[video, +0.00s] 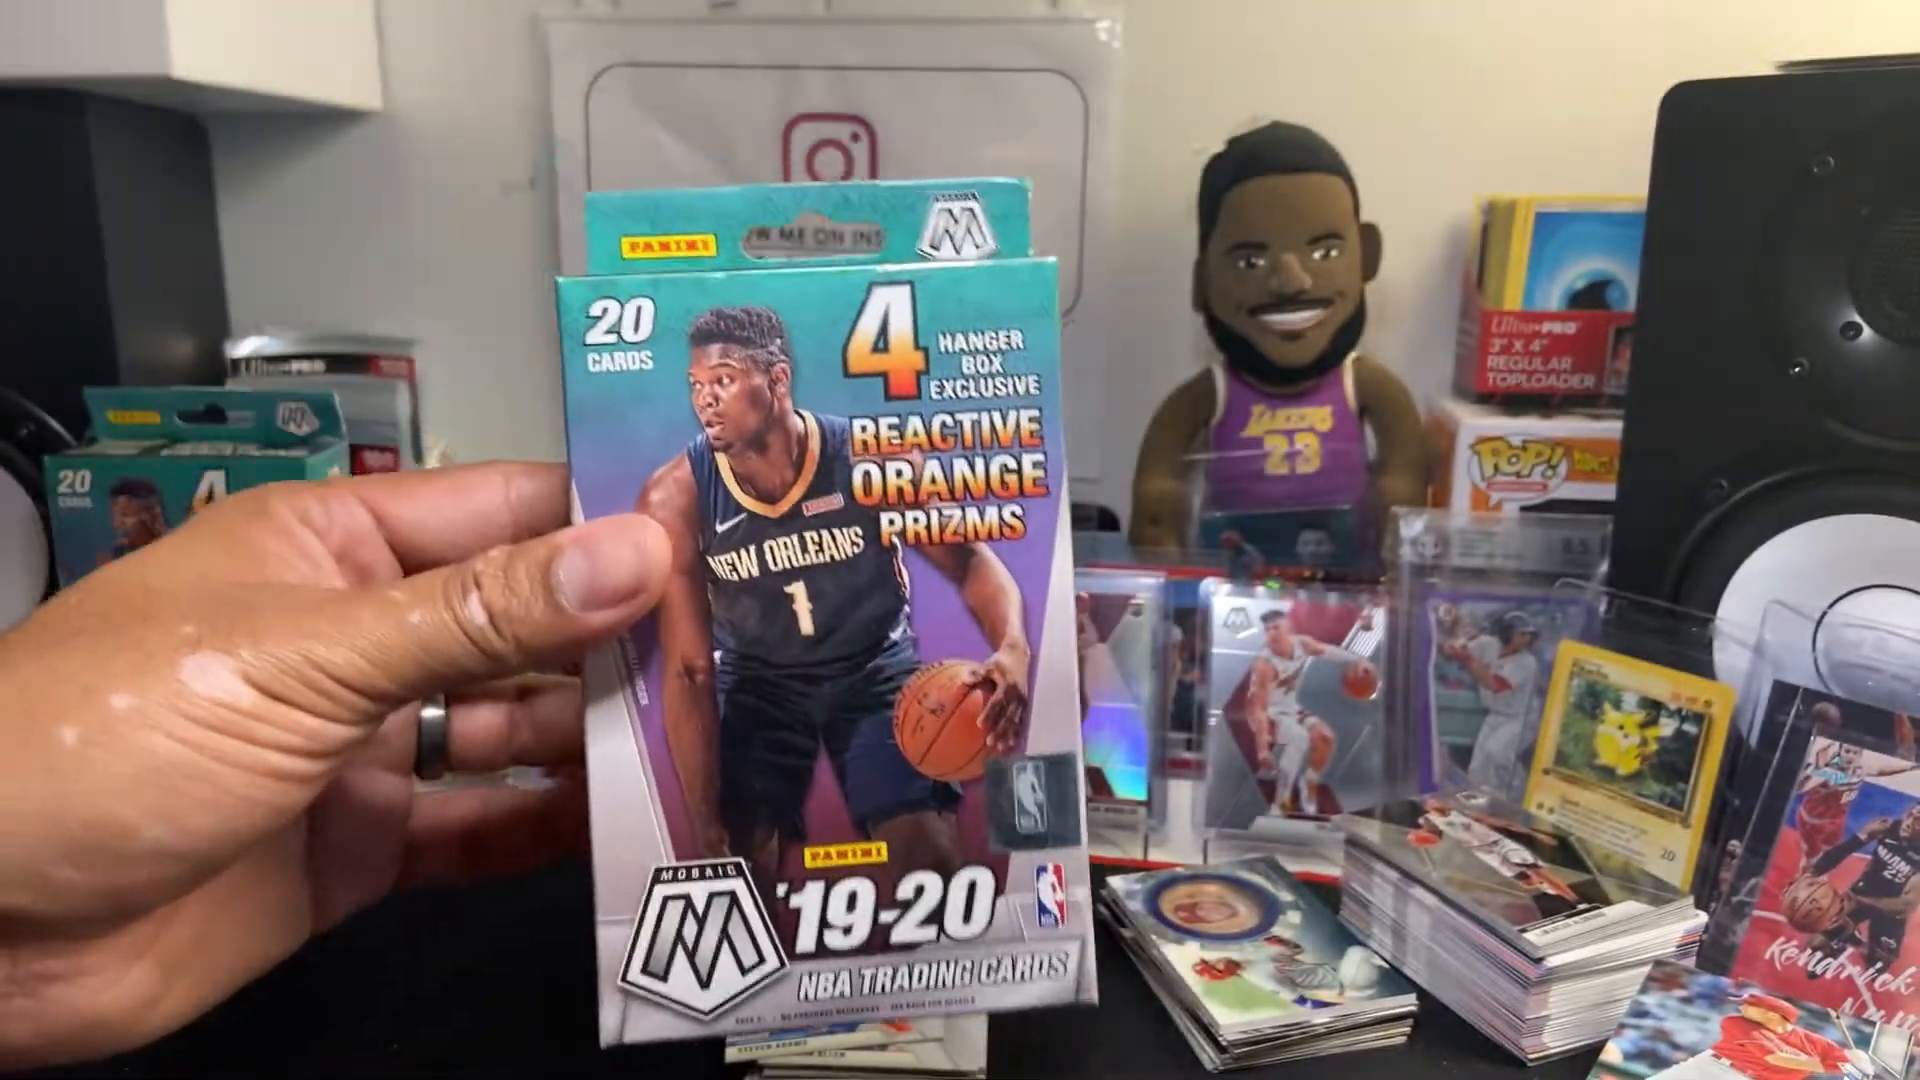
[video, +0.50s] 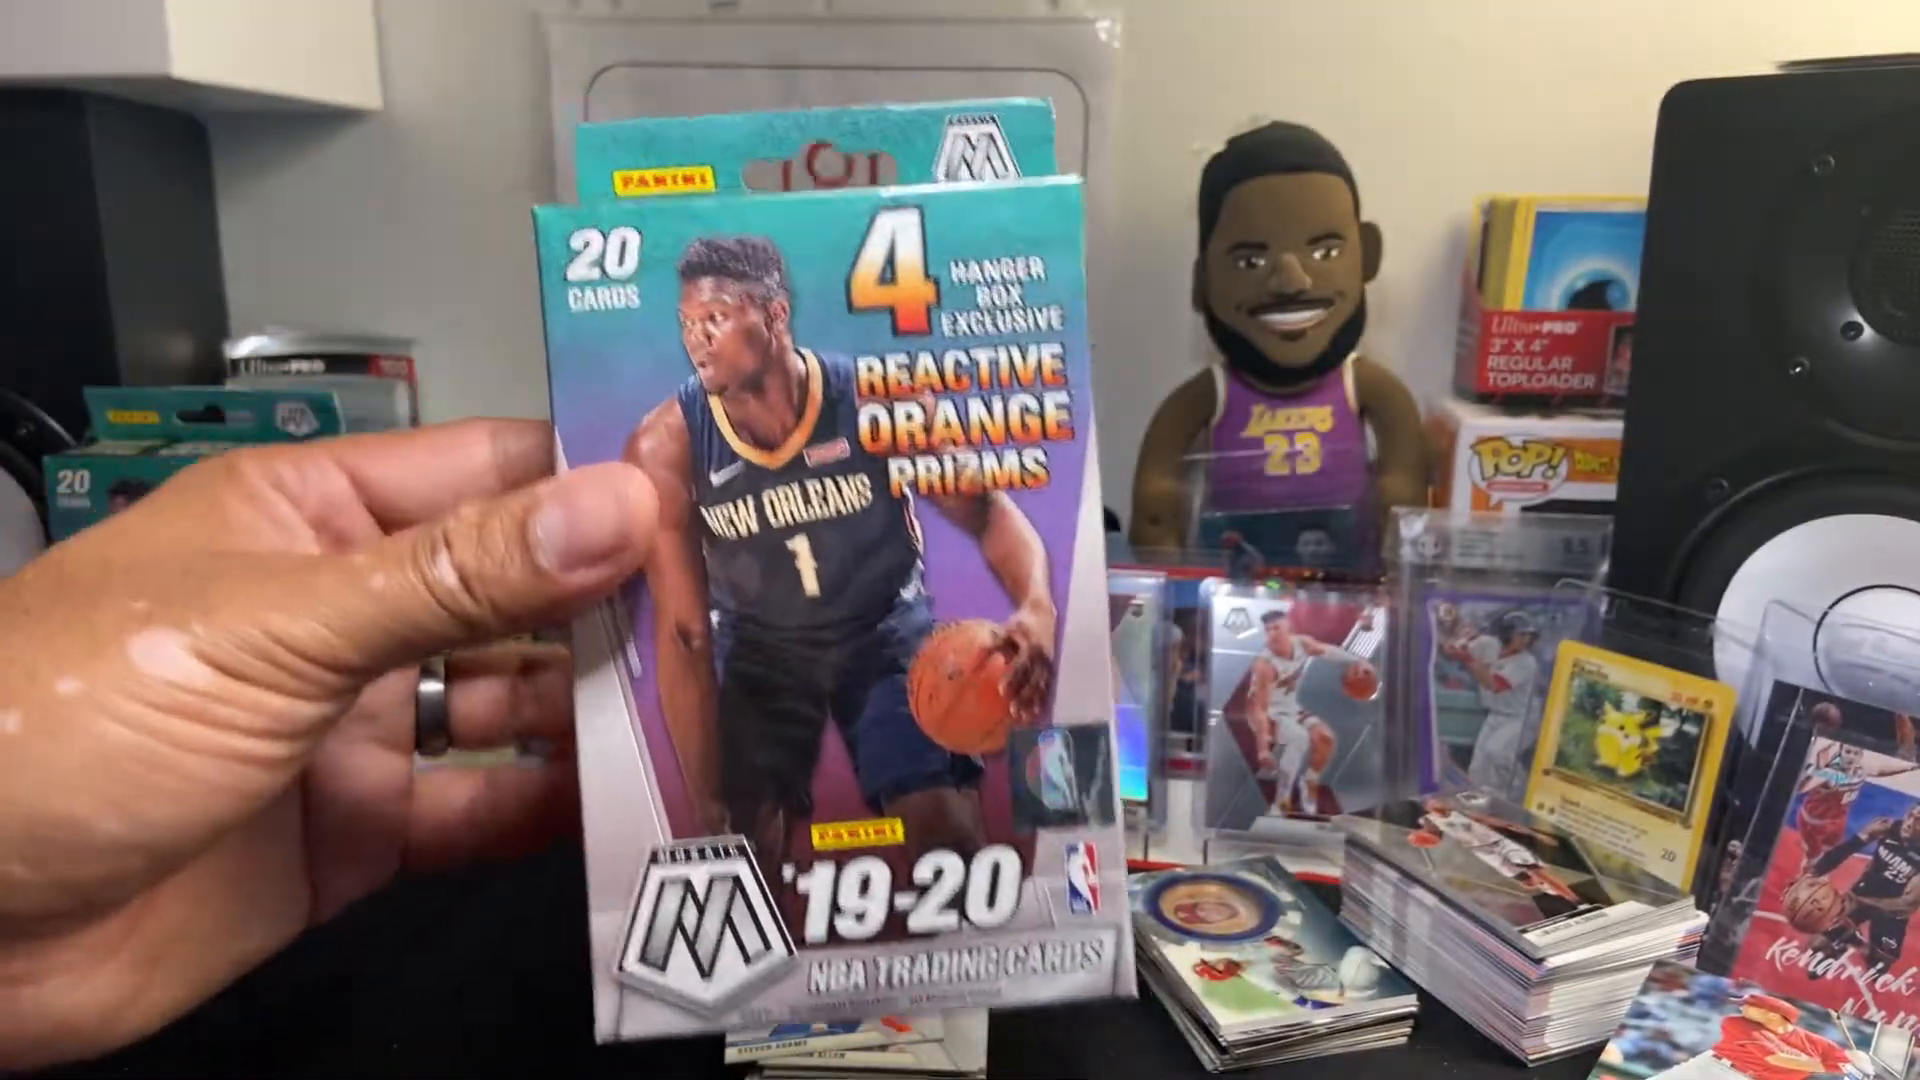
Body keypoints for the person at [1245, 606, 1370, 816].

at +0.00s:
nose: (1273, 634)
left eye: (1277, 628)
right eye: (1269, 629)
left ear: (1287, 628)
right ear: (1265, 633)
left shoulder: (1302, 644)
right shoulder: (1263, 665)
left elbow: (1329, 652)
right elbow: (1257, 709)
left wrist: (1358, 661)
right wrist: (1263, 749)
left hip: (1294, 709)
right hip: (1270, 712)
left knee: (1325, 738)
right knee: (1299, 737)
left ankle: (1309, 786)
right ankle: (1282, 800)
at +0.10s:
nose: (1273, 634)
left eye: (1278, 628)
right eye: (1269, 629)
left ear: (1288, 628)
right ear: (1265, 633)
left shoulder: (1302, 644)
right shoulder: (1263, 665)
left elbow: (1329, 652)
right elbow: (1257, 709)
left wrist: (1358, 661)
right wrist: (1263, 749)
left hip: (1294, 709)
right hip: (1270, 712)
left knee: (1325, 738)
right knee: (1299, 737)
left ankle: (1309, 786)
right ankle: (1282, 800)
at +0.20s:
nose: (1273, 634)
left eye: (1277, 628)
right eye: (1269, 630)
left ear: (1288, 628)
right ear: (1265, 633)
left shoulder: (1302, 644)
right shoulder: (1264, 664)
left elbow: (1329, 652)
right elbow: (1257, 709)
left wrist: (1359, 661)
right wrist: (1263, 749)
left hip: (1294, 709)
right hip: (1270, 712)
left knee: (1325, 738)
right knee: (1299, 737)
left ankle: (1309, 787)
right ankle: (1282, 800)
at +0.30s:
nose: (1274, 634)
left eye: (1277, 628)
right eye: (1269, 630)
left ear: (1287, 628)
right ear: (1265, 634)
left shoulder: (1302, 644)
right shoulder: (1263, 665)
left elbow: (1329, 652)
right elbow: (1256, 709)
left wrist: (1358, 661)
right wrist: (1263, 749)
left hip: (1294, 710)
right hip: (1271, 712)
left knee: (1325, 738)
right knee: (1299, 737)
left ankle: (1309, 786)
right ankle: (1282, 800)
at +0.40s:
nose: (1274, 635)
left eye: (1278, 628)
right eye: (1269, 630)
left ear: (1287, 628)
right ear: (1265, 634)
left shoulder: (1301, 644)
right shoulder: (1264, 665)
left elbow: (1329, 652)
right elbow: (1256, 709)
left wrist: (1358, 662)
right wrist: (1263, 749)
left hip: (1294, 710)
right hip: (1270, 713)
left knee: (1325, 738)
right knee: (1298, 738)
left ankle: (1310, 786)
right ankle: (1281, 801)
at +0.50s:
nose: (1274, 634)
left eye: (1278, 628)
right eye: (1269, 630)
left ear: (1288, 628)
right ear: (1265, 634)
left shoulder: (1302, 644)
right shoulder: (1264, 665)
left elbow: (1329, 652)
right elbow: (1257, 709)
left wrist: (1358, 661)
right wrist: (1263, 749)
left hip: (1294, 709)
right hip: (1271, 712)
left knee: (1325, 739)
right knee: (1299, 737)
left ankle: (1309, 785)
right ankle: (1282, 800)